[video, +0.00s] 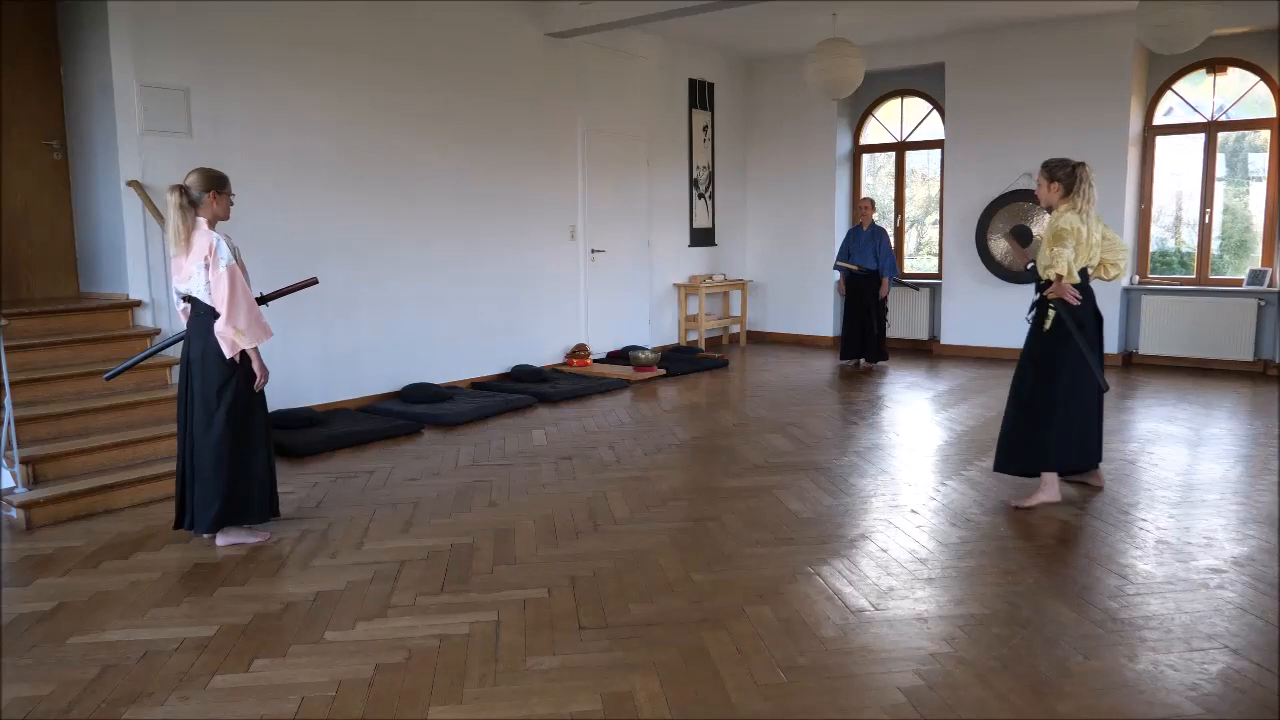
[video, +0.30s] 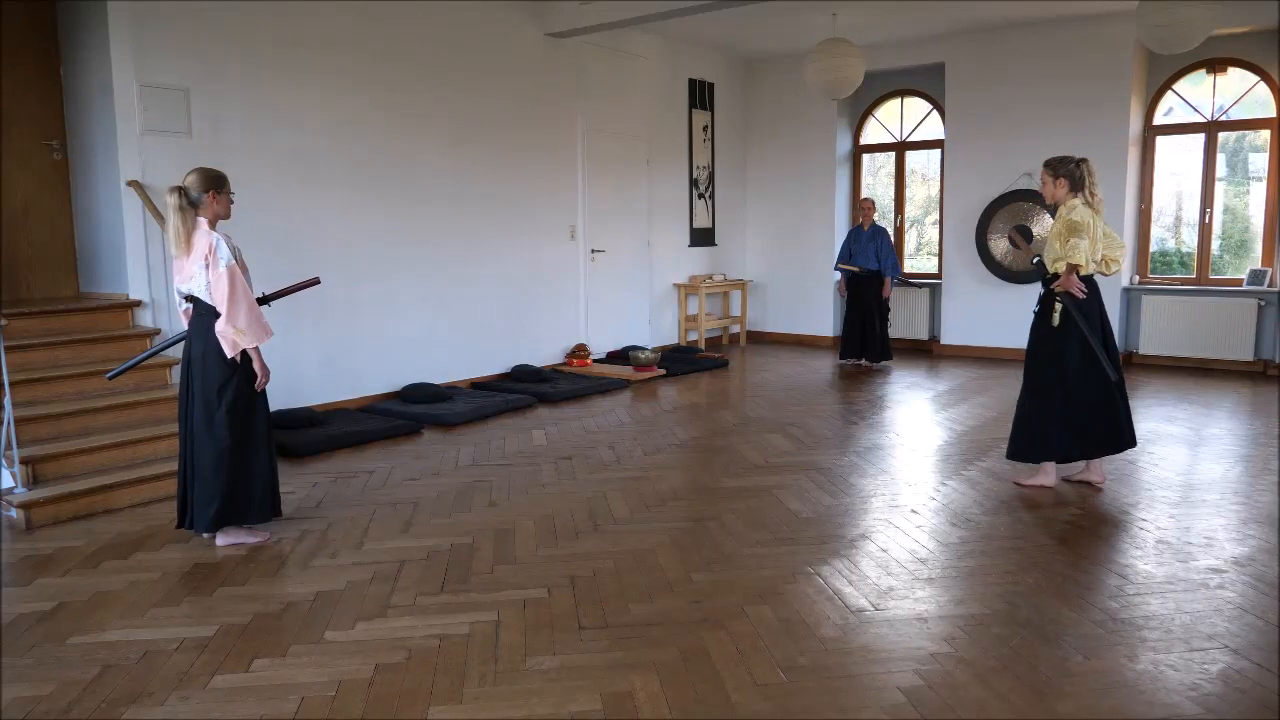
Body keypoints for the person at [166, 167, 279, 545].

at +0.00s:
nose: (232, 203)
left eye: (231, 197)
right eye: (229, 197)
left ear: (203, 199)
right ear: (212, 198)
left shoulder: (182, 242)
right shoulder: (217, 242)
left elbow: (185, 304)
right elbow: (233, 304)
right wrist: (253, 352)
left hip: (197, 343)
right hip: (223, 345)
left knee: (208, 432)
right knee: (229, 433)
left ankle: (215, 520)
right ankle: (229, 525)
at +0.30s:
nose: (232, 201)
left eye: (231, 195)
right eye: (229, 195)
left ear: (203, 199)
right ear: (212, 198)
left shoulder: (183, 242)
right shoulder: (217, 242)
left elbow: (186, 304)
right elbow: (234, 303)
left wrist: (203, 334)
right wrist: (255, 352)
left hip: (199, 343)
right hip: (224, 344)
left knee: (209, 432)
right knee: (230, 433)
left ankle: (214, 521)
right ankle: (230, 525)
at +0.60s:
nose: (232, 201)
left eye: (231, 194)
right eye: (229, 194)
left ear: (203, 199)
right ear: (212, 198)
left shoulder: (184, 241)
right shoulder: (218, 242)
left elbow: (186, 304)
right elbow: (235, 304)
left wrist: (205, 333)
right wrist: (255, 352)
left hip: (200, 343)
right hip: (225, 345)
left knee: (211, 432)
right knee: (232, 433)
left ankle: (215, 521)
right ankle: (231, 526)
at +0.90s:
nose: (233, 201)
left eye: (231, 195)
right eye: (229, 195)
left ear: (203, 199)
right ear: (212, 199)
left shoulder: (184, 242)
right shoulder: (219, 243)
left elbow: (186, 305)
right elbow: (235, 305)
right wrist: (256, 352)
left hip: (200, 344)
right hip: (225, 345)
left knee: (210, 432)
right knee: (232, 433)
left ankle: (214, 521)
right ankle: (230, 526)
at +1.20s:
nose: (233, 201)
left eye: (231, 194)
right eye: (229, 195)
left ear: (203, 199)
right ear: (212, 198)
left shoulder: (185, 241)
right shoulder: (218, 242)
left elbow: (186, 304)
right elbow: (235, 304)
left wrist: (206, 331)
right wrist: (255, 351)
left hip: (200, 343)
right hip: (225, 344)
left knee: (210, 432)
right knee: (233, 433)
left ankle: (213, 521)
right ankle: (231, 526)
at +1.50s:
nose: (232, 202)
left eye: (231, 195)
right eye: (229, 196)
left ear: (203, 199)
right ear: (212, 199)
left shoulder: (184, 241)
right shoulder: (218, 242)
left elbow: (186, 304)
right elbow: (234, 304)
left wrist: (207, 331)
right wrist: (255, 352)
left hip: (200, 344)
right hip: (225, 345)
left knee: (209, 432)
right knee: (232, 433)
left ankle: (212, 521)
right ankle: (230, 526)